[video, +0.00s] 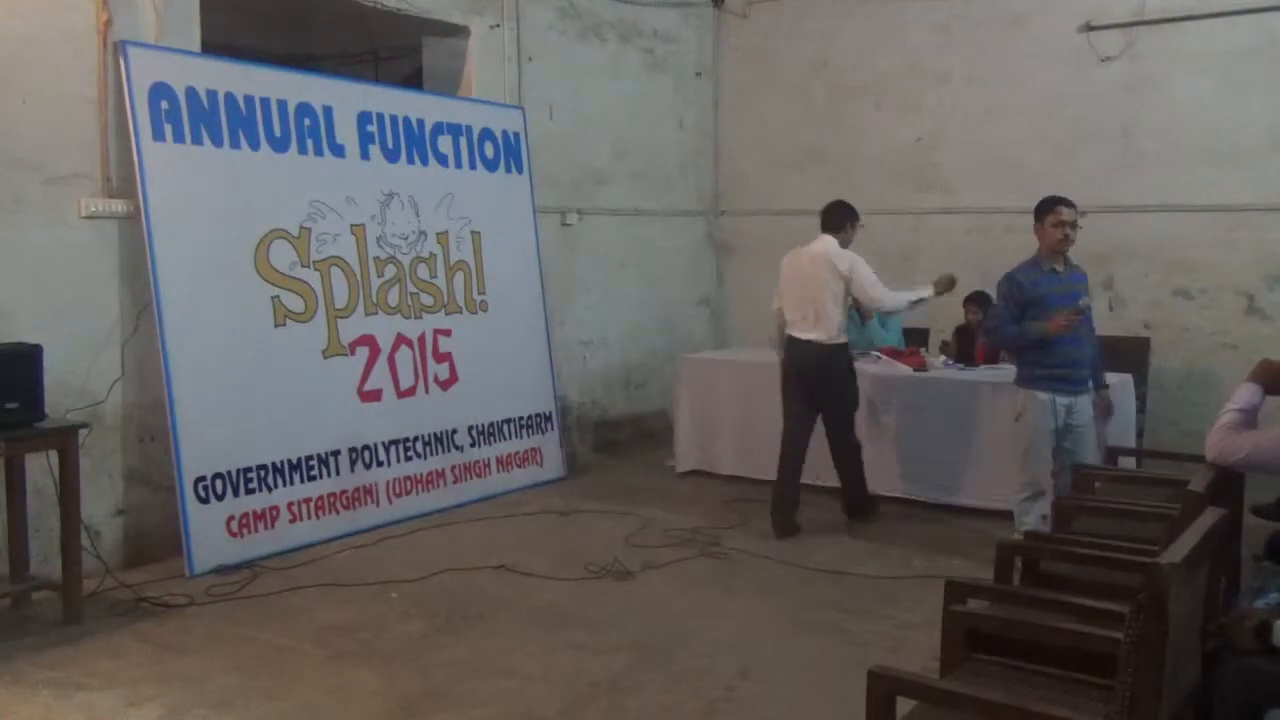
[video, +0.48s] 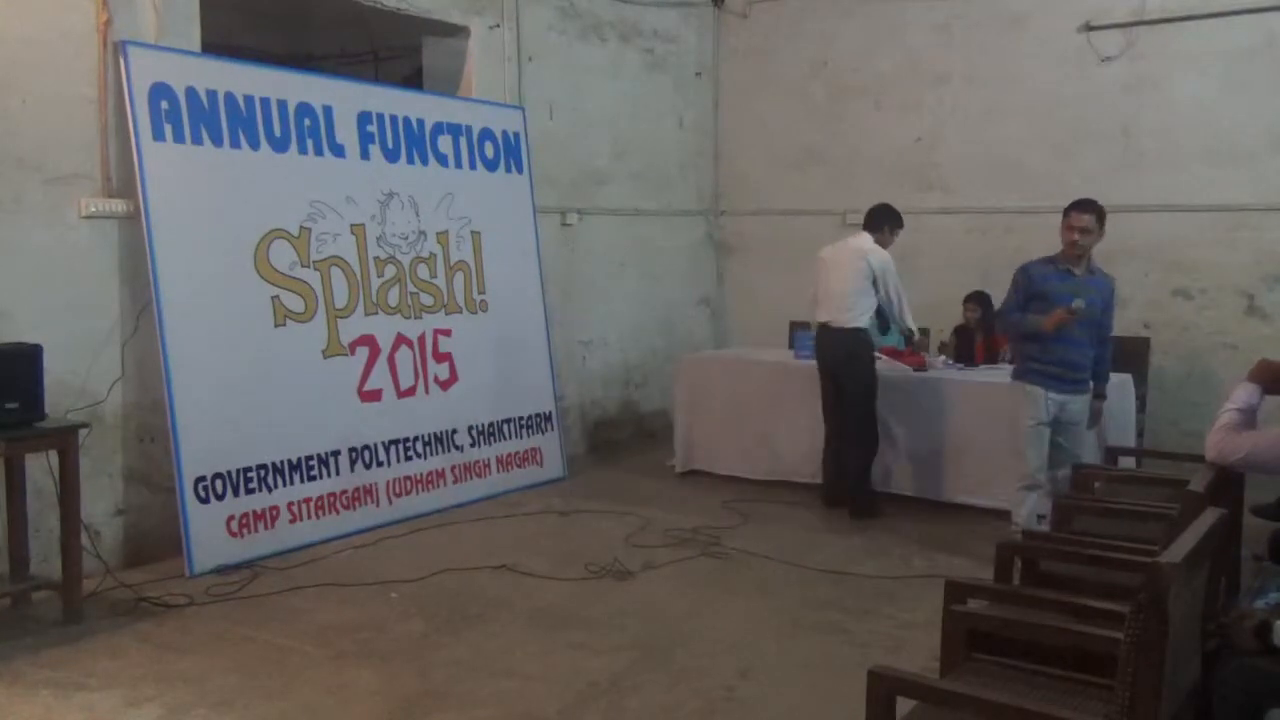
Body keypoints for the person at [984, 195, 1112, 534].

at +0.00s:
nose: (1067, 233)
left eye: (1073, 226)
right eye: (1059, 225)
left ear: (1078, 231)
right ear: (1038, 229)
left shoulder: (1077, 276)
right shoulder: (1016, 281)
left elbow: (1089, 334)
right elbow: (996, 334)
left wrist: (1100, 387)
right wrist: (1045, 328)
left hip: (1079, 394)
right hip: (1038, 394)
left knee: (1084, 476)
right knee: (1036, 480)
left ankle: (1079, 548)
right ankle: (1032, 550)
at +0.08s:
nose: (1070, 233)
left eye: (1076, 227)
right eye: (1062, 225)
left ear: (1081, 231)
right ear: (1042, 228)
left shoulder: (1081, 277)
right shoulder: (1021, 279)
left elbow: (1090, 334)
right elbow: (1001, 331)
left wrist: (1104, 386)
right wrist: (1048, 327)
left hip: (1079, 395)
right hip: (1039, 394)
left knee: (1085, 479)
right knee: (1039, 481)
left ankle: (1081, 552)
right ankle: (1033, 553)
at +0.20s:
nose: (1076, 234)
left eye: (1082, 227)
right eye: (1068, 226)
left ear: (1088, 232)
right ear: (1050, 229)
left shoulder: (1087, 278)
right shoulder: (1026, 278)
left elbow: (1093, 335)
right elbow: (1004, 328)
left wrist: (1106, 387)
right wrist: (1052, 325)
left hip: (1080, 395)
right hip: (1039, 393)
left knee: (1086, 477)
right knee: (1039, 480)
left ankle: (1080, 550)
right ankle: (1034, 551)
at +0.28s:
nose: (1078, 236)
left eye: (1086, 229)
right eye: (1071, 227)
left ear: (1094, 234)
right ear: (1055, 229)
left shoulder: (1093, 280)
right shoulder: (1029, 276)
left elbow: (1098, 339)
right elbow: (1006, 324)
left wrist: (1103, 390)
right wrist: (1051, 324)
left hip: (1080, 395)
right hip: (1039, 392)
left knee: (1086, 477)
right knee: (1038, 479)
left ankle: (1080, 549)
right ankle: (1034, 549)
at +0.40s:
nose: (1078, 237)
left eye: (1087, 230)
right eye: (1072, 229)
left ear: (1097, 235)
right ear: (1060, 230)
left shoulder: (1101, 284)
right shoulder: (1031, 275)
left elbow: (1102, 343)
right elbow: (1005, 321)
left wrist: (1099, 395)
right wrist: (1047, 323)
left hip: (1078, 394)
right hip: (1036, 389)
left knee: (1078, 475)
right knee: (1036, 475)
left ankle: (1072, 546)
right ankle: (1031, 544)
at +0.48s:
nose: (1076, 237)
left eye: (1085, 232)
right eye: (1071, 229)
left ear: (1099, 236)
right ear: (1061, 230)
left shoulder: (1103, 284)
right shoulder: (1031, 274)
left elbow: (1104, 343)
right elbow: (1004, 319)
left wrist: (1098, 394)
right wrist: (1043, 323)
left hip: (1077, 395)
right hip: (1034, 388)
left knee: (1068, 477)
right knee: (1032, 474)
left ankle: (1062, 544)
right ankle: (1024, 542)